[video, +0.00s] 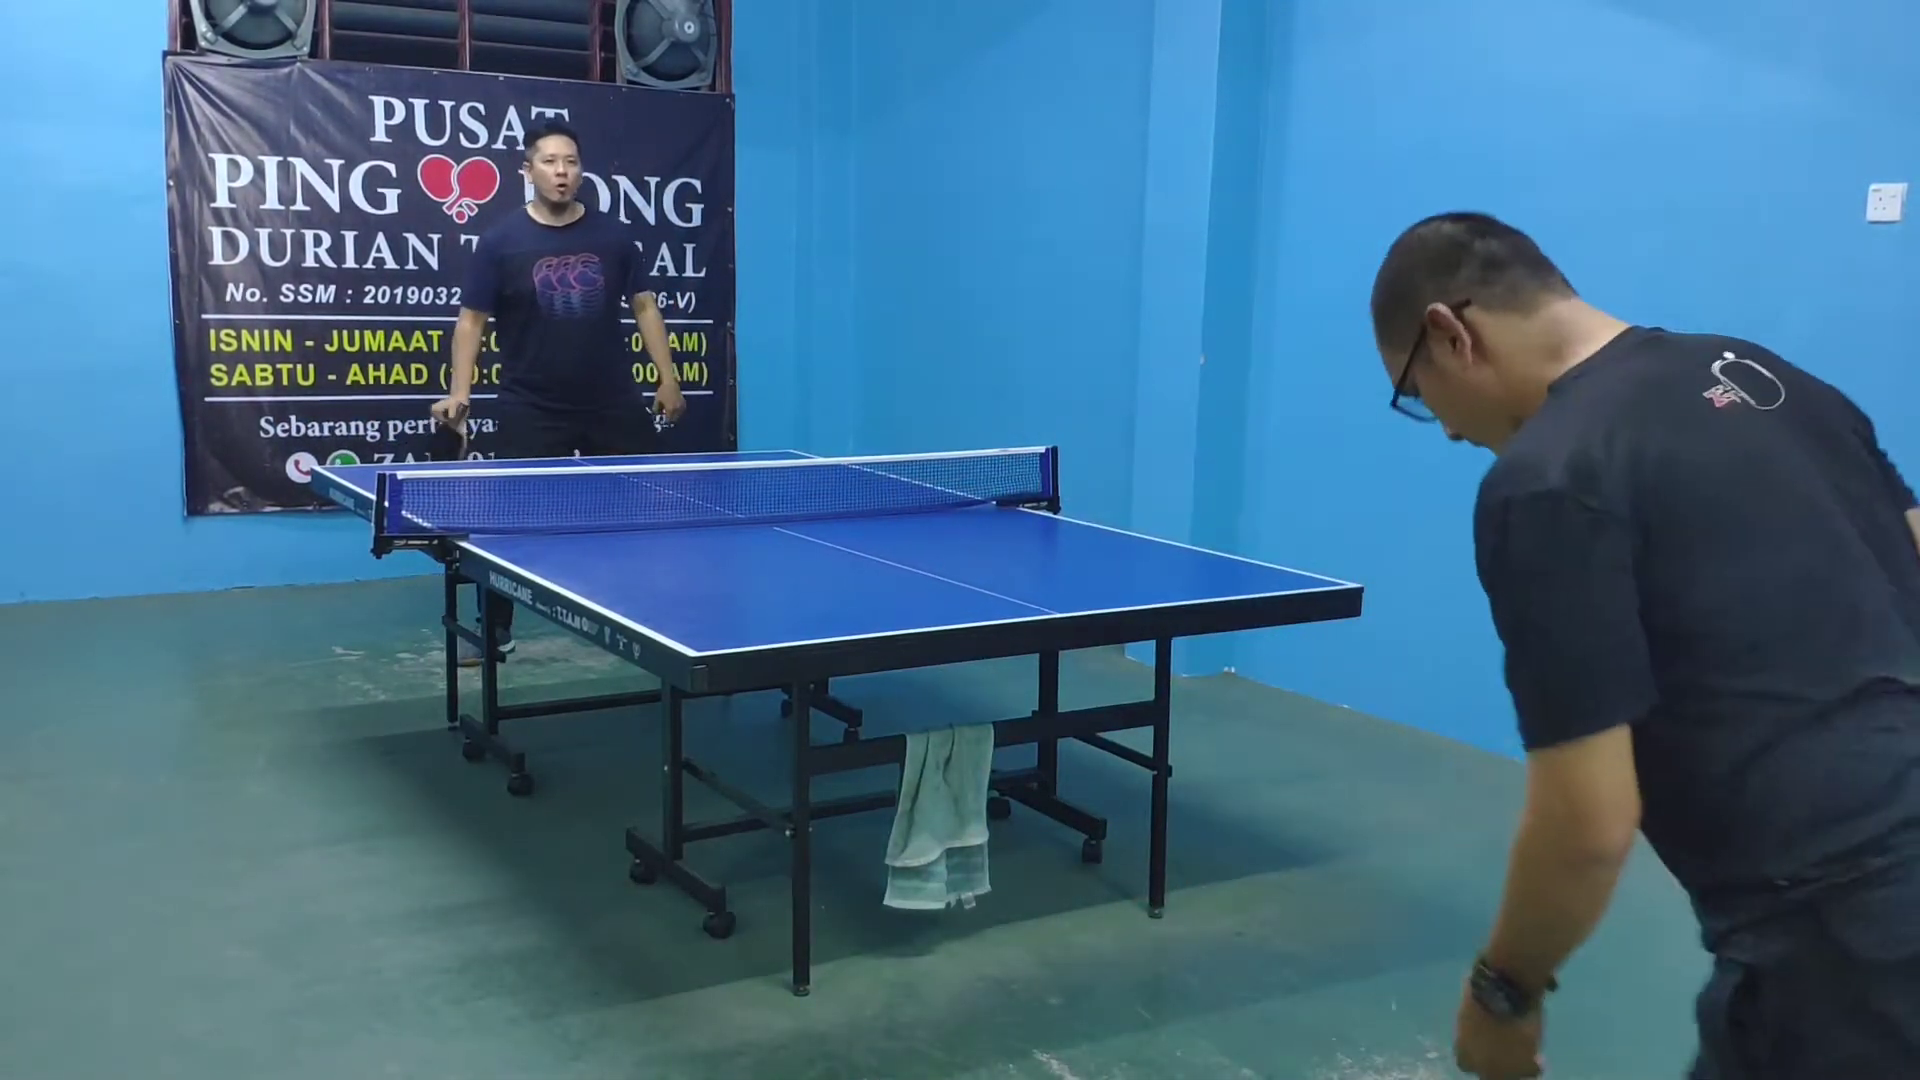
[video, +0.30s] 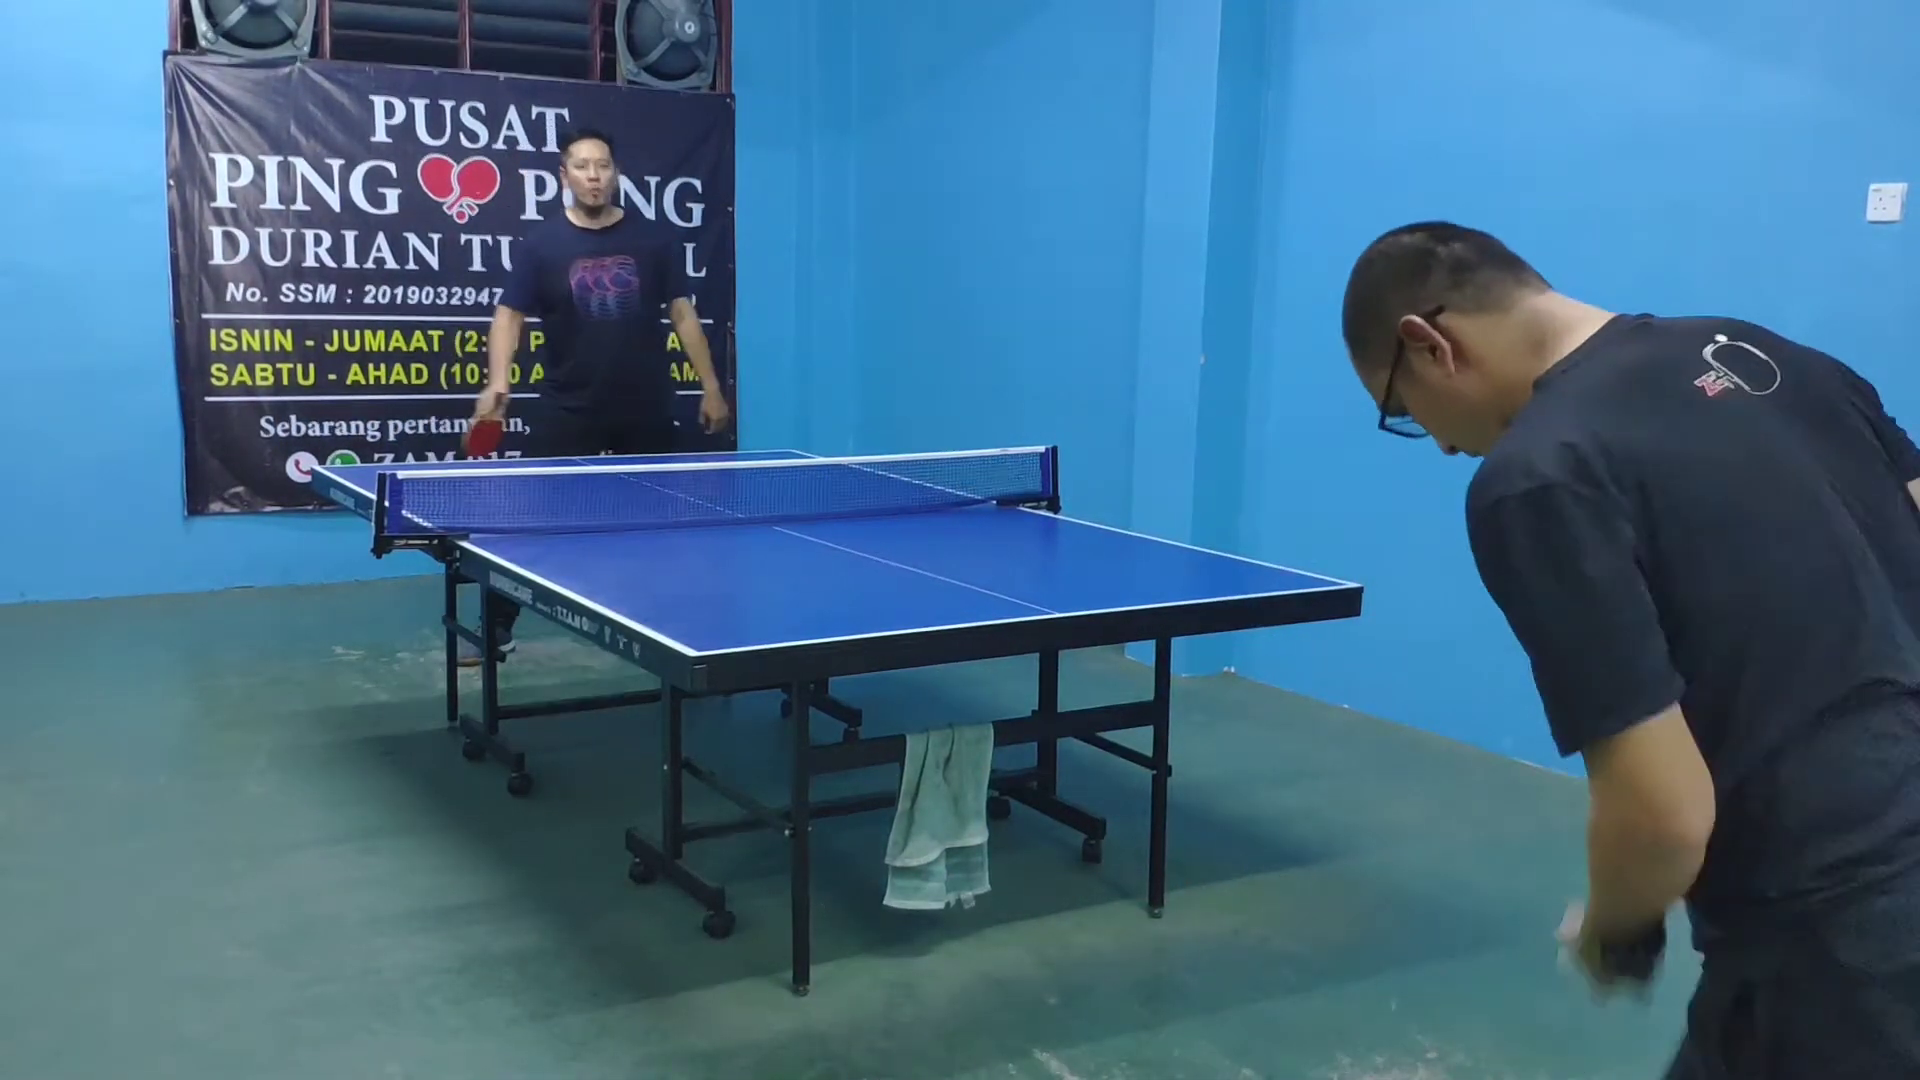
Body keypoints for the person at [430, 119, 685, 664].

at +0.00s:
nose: (562, 171)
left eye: (570, 161)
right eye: (550, 161)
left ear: (581, 169)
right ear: (529, 169)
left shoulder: (613, 236)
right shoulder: (500, 240)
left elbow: (645, 307)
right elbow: (472, 320)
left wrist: (668, 379)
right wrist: (459, 393)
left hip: (611, 403)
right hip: (532, 408)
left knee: (638, 510)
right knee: (512, 516)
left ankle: (649, 627)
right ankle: (495, 627)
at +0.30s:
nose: (593, 175)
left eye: (602, 165)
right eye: (582, 166)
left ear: (615, 172)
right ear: (565, 174)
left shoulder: (653, 237)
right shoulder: (543, 244)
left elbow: (683, 314)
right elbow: (509, 315)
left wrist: (712, 388)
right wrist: (497, 384)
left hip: (646, 408)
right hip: (569, 409)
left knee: (662, 517)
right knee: (530, 513)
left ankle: (675, 630)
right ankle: (497, 626)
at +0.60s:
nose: (606, 179)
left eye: (615, 169)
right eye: (594, 169)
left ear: (626, 179)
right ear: (574, 177)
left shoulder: (661, 242)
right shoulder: (551, 244)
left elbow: (688, 316)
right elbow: (550, 320)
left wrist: (658, 341)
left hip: (644, 403)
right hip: (575, 403)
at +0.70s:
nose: (607, 180)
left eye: (616, 171)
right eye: (595, 170)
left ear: (627, 179)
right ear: (574, 178)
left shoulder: (662, 242)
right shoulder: (544, 245)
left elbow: (687, 310)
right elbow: (515, 316)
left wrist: (653, 360)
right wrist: (539, 369)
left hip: (642, 394)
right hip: (570, 393)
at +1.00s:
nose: (620, 190)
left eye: (629, 181)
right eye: (609, 180)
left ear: (640, 186)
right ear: (588, 184)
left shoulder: (667, 248)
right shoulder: (556, 248)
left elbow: (694, 317)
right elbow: (517, 314)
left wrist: (680, 350)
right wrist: (526, 350)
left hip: (648, 413)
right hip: (572, 414)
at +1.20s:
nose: (640, 201)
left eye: (649, 191)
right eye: (630, 191)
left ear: (658, 195)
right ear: (606, 192)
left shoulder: (680, 254)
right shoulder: (573, 252)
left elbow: (705, 319)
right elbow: (535, 321)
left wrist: (703, 352)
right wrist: (566, 357)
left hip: (658, 418)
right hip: (581, 416)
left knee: (680, 523)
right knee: (537, 517)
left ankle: (677, 628)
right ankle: (501, 627)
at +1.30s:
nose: (658, 217)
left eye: (666, 207)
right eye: (648, 205)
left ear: (673, 208)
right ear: (621, 201)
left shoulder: (682, 262)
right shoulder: (588, 261)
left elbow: (702, 325)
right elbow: (575, 346)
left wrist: (727, 356)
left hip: (654, 424)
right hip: (585, 423)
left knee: (667, 526)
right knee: (541, 520)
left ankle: (671, 628)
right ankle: (501, 627)